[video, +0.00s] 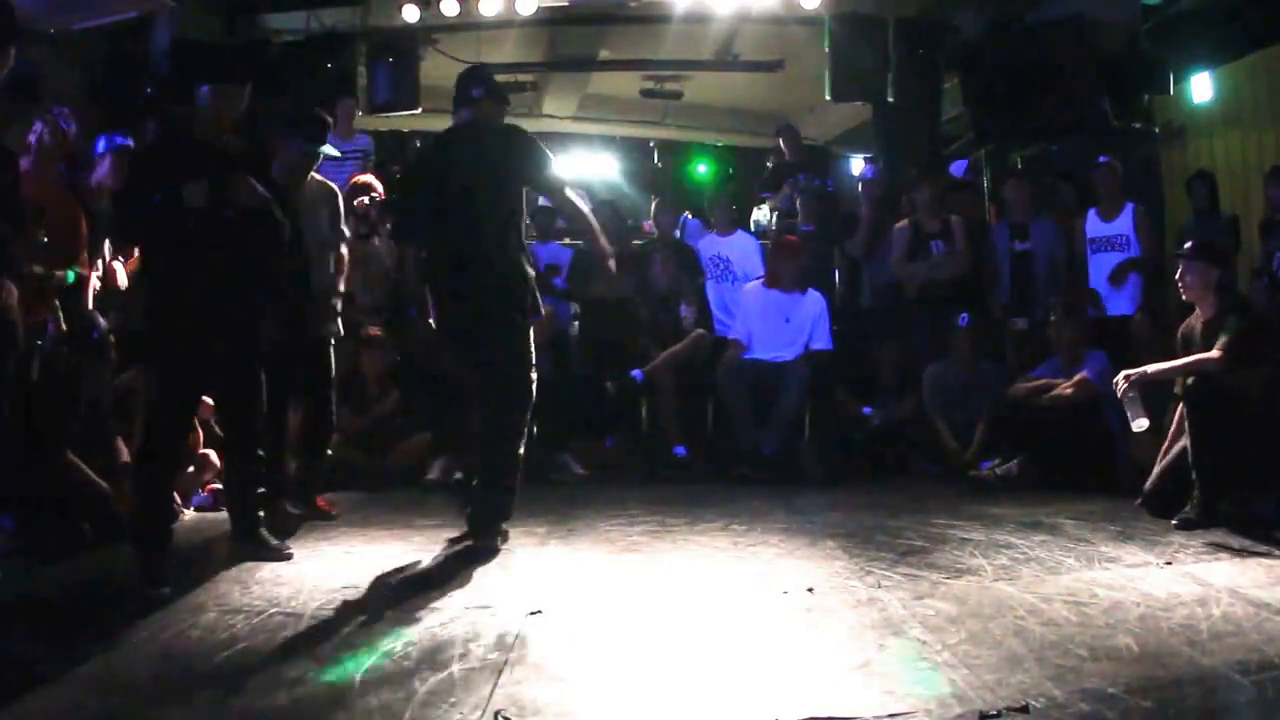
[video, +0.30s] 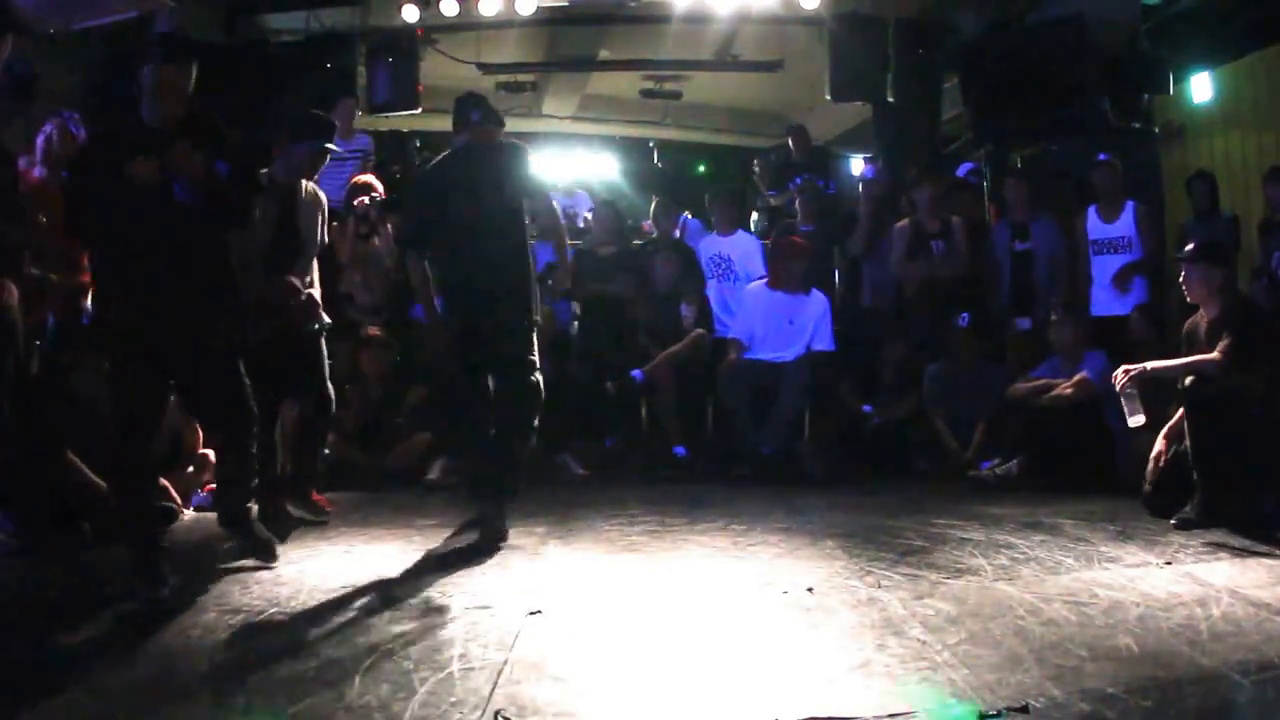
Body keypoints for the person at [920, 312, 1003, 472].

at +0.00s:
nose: (965, 346)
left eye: (969, 340)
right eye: (960, 340)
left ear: (975, 342)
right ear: (952, 342)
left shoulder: (985, 372)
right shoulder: (935, 374)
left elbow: (986, 413)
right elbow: (935, 413)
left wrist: (974, 450)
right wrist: (951, 445)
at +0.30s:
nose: (962, 344)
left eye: (968, 338)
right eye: (958, 338)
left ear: (976, 341)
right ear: (951, 339)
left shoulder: (988, 373)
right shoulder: (937, 373)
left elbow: (985, 416)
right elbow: (936, 414)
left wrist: (972, 453)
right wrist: (953, 447)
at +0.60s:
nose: (961, 343)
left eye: (967, 337)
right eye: (957, 336)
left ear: (978, 340)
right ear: (951, 338)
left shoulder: (989, 373)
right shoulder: (936, 372)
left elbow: (985, 416)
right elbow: (935, 413)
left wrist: (972, 452)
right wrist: (953, 448)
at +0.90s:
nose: (962, 343)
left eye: (968, 337)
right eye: (958, 336)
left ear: (977, 341)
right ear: (952, 339)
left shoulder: (991, 374)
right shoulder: (937, 373)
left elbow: (986, 416)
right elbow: (935, 413)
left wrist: (972, 452)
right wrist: (953, 448)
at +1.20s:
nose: (964, 346)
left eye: (969, 341)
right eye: (959, 340)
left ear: (978, 343)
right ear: (952, 342)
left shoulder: (990, 374)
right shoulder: (936, 373)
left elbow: (986, 416)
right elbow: (936, 414)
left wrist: (972, 453)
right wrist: (953, 449)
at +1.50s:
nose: (966, 349)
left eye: (971, 343)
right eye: (961, 343)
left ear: (979, 345)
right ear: (954, 344)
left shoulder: (990, 374)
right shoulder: (936, 374)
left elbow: (987, 415)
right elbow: (936, 415)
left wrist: (973, 452)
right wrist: (954, 450)